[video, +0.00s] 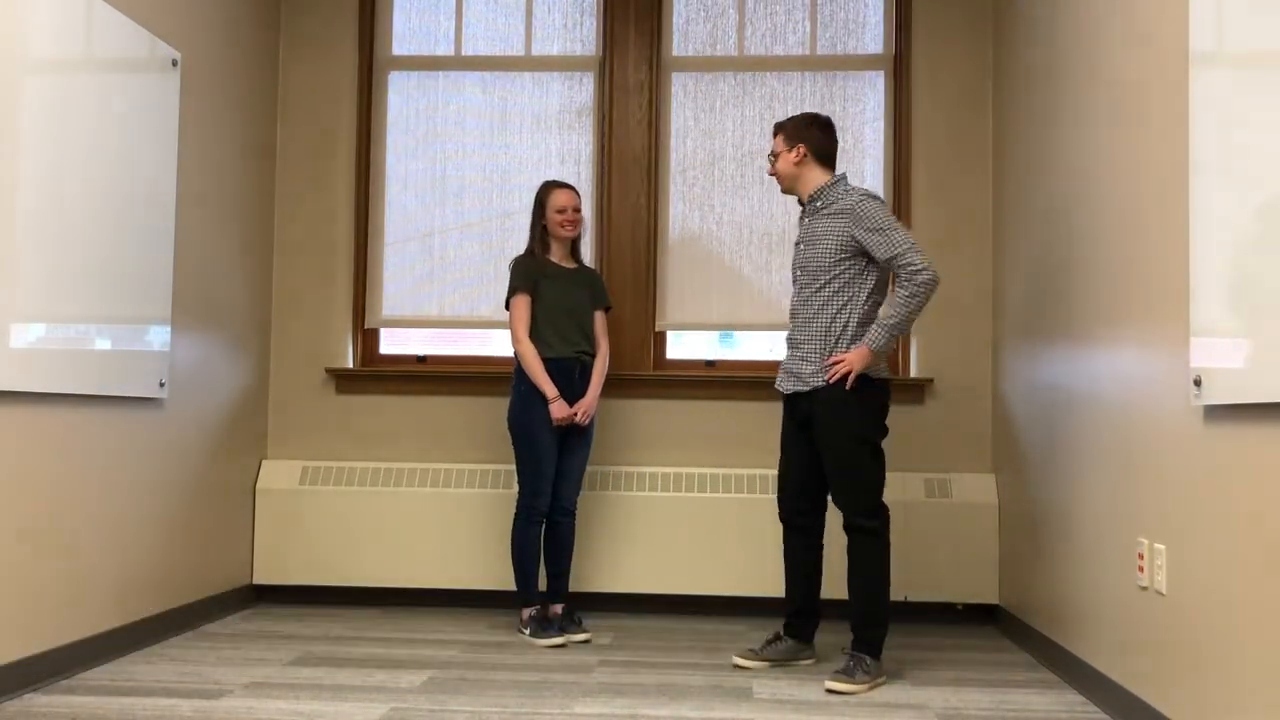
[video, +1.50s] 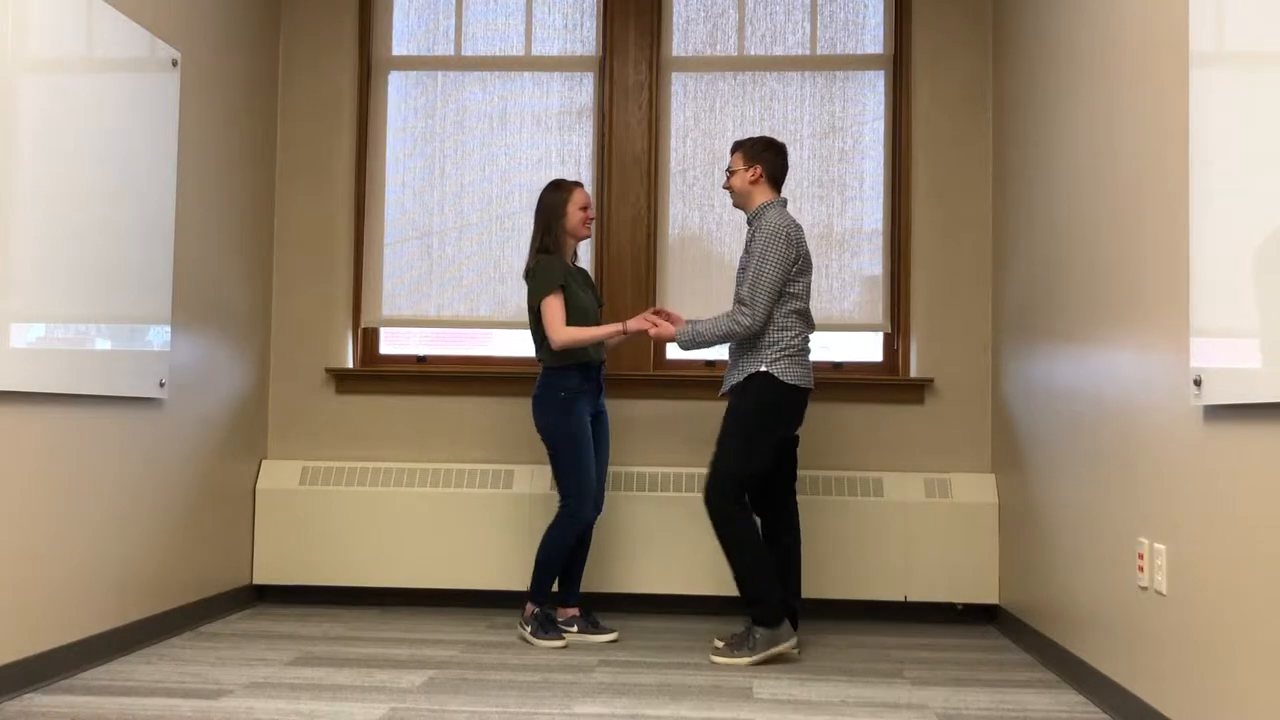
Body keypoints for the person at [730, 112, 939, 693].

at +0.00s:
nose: (770, 166)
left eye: (775, 155)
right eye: (771, 157)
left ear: (799, 153)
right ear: (803, 153)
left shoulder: (853, 205)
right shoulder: (812, 213)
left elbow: (919, 275)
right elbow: (844, 291)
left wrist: (869, 347)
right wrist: (801, 355)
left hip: (848, 392)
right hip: (804, 392)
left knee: (862, 519)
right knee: (800, 515)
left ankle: (866, 653)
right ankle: (796, 637)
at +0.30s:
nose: (772, 166)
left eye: (777, 156)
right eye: (774, 156)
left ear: (799, 158)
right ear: (809, 158)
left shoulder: (836, 208)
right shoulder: (817, 210)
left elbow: (874, 280)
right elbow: (846, 291)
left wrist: (825, 349)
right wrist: (812, 361)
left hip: (848, 390)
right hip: (818, 389)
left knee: (864, 518)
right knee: (792, 504)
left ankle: (867, 653)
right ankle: (794, 628)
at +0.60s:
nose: (763, 173)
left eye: (768, 164)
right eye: (765, 164)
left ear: (790, 166)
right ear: (797, 167)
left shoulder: (820, 224)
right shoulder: (802, 225)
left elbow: (796, 317)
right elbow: (797, 321)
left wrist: (722, 355)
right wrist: (742, 360)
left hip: (827, 389)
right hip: (800, 388)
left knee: (846, 518)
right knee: (777, 507)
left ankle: (865, 653)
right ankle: (781, 626)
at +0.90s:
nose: (743, 177)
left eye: (748, 167)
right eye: (745, 168)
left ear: (772, 167)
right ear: (776, 169)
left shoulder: (796, 225)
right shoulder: (783, 226)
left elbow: (761, 309)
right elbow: (764, 316)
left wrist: (691, 340)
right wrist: (703, 352)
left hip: (796, 379)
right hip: (778, 380)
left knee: (781, 500)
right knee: (768, 500)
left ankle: (831, 635)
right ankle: (781, 626)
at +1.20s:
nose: (733, 178)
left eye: (739, 168)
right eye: (734, 169)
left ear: (763, 170)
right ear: (768, 171)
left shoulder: (783, 223)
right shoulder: (775, 224)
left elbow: (743, 306)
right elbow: (746, 317)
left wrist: (672, 332)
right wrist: (681, 337)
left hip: (779, 382)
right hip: (770, 380)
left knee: (772, 505)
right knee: (768, 504)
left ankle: (779, 632)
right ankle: (774, 626)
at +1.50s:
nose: (726, 180)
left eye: (731, 170)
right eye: (728, 171)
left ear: (755, 173)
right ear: (762, 175)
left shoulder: (771, 228)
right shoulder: (777, 227)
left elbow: (749, 319)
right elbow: (750, 319)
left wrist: (681, 333)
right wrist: (687, 324)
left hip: (768, 383)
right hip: (781, 382)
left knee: (723, 496)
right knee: (775, 502)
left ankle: (769, 624)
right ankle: (782, 625)